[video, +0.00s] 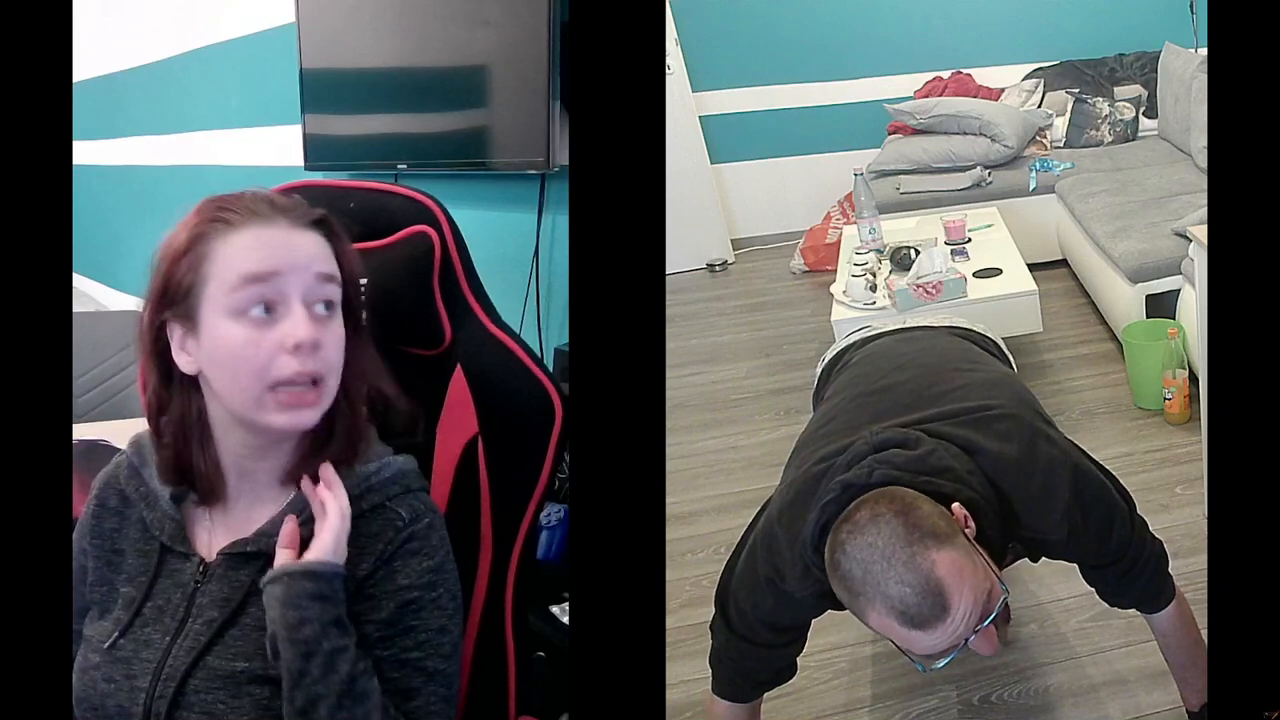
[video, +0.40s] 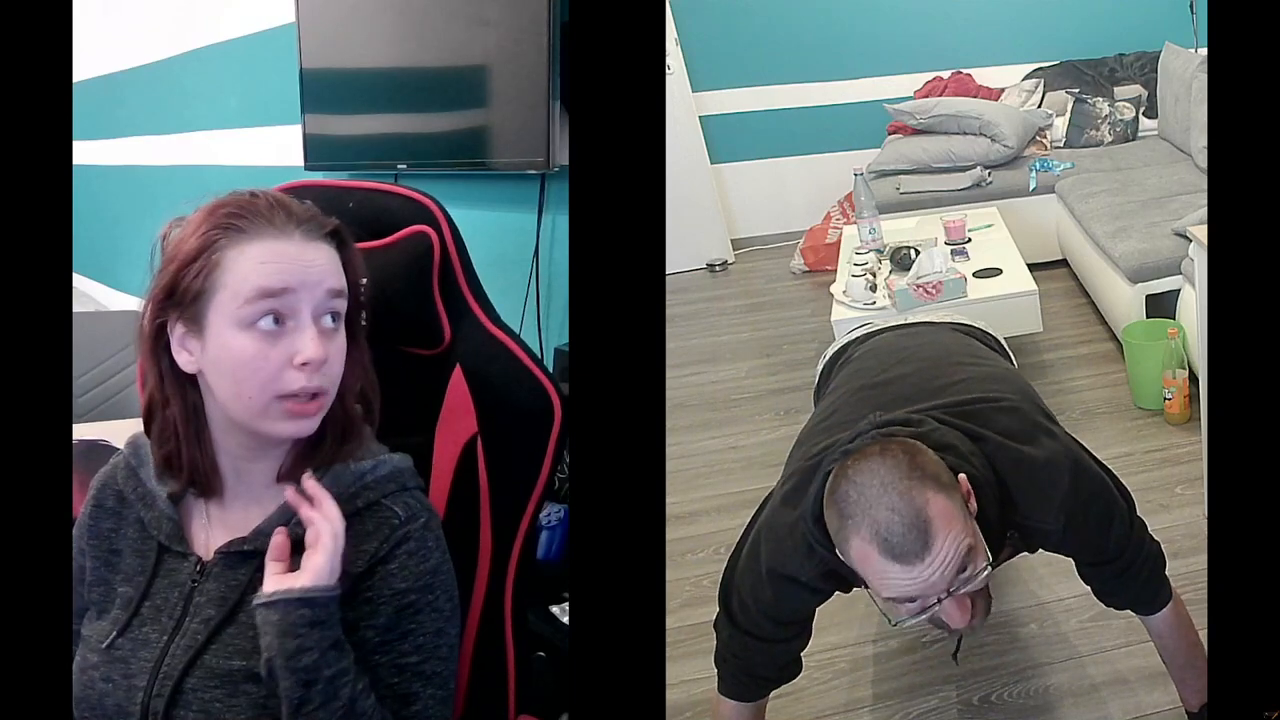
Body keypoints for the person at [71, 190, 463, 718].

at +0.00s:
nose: (306, 335)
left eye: (325, 305)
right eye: (263, 308)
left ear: (346, 328)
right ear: (184, 342)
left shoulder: (393, 518)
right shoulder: (126, 493)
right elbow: (80, 676)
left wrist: (308, 613)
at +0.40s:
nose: (314, 353)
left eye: (331, 317)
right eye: (271, 320)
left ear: (348, 333)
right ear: (186, 342)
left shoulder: (389, 522)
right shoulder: (122, 493)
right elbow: (80, 676)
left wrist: (304, 634)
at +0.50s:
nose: (312, 352)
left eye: (330, 317)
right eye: (271, 319)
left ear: (347, 333)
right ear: (186, 340)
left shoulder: (393, 537)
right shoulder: (120, 500)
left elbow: (406, 707)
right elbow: (81, 682)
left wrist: (262, 686)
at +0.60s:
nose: (313, 346)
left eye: (330, 313)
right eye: (271, 315)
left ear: (347, 329)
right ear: (186, 338)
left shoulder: (389, 539)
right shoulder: (120, 499)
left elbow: (407, 708)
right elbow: (80, 688)